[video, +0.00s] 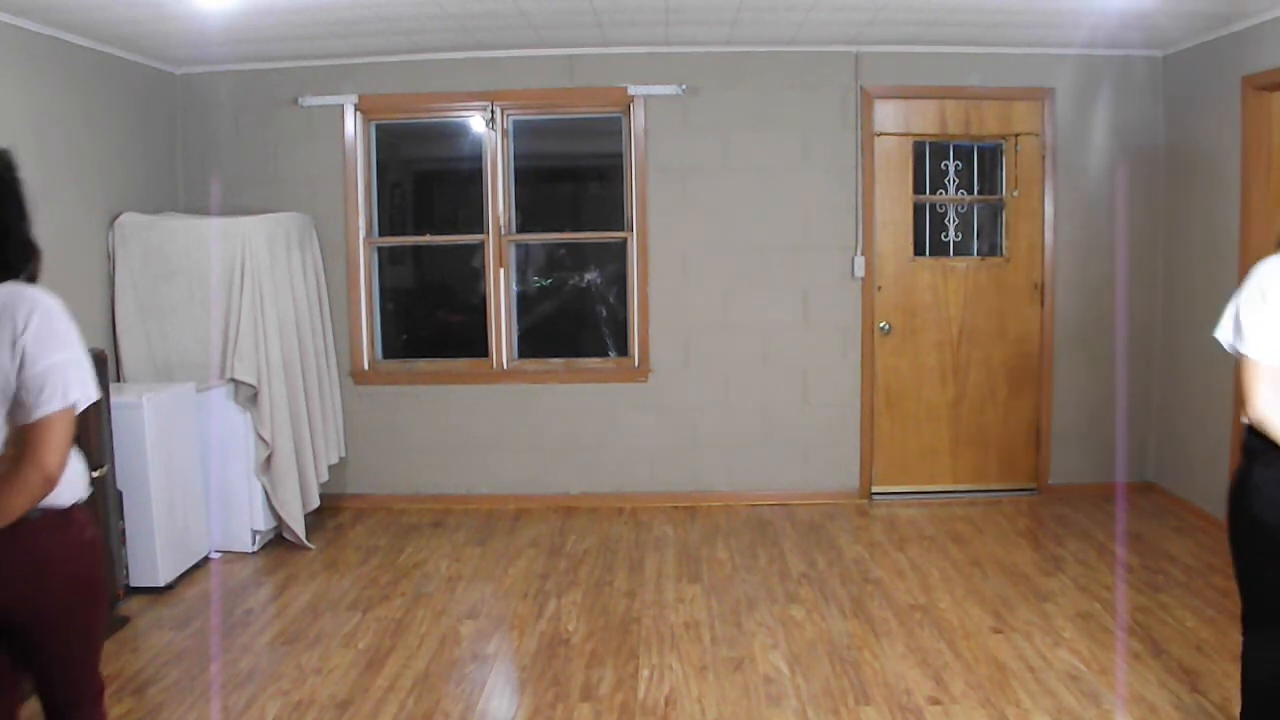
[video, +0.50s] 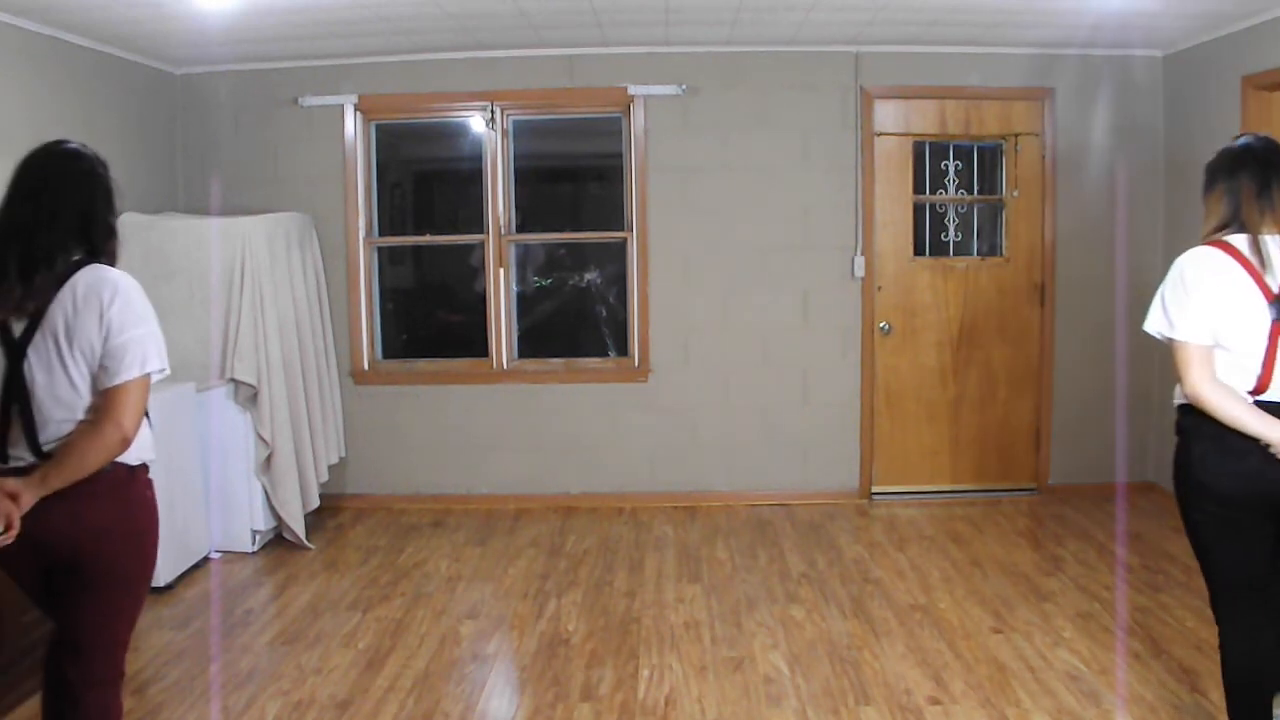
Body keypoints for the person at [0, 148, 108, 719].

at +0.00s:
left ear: (10, 221)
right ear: (18, 219)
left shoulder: (31, 313)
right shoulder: (31, 313)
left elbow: (41, 465)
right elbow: (41, 464)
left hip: (37, 538)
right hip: (45, 539)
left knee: (71, 699)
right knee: (76, 702)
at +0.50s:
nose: (114, 215)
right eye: (110, 204)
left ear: (17, 207)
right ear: (99, 214)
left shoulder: (7, 291)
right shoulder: (110, 291)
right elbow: (116, 422)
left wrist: (21, 487)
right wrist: (31, 485)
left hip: (14, 509)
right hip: (103, 508)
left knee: (76, 642)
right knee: (92, 682)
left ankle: (67, 706)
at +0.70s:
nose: (134, 224)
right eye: (131, 212)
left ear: (43, 213)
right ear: (122, 220)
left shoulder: (12, 295)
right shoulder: (134, 292)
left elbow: (3, 412)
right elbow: (136, 418)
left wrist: (11, 471)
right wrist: (54, 479)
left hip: (29, 504)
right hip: (122, 502)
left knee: (108, 626)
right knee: (103, 676)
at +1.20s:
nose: (203, 223)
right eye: (199, 214)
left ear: (129, 227)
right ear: (195, 224)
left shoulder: (110, 298)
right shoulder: (215, 288)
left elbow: (92, 381)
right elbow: (224, 393)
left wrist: (128, 436)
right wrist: (156, 440)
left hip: (143, 461)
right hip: (210, 460)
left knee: (201, 569)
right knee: (227, 588)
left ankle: (226, 680)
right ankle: (165, 692)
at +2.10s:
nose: (311, 229)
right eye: (310, 221)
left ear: (253, 224)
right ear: (305, 227)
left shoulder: (228, 287)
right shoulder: (319, 284)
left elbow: (211, 356)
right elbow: (324, 367)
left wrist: (237, 397)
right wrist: (267, 408)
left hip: (247, 428)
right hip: (312, 426)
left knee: (249, 544)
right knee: (331, 522)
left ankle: (229, 668)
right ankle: (355, 606)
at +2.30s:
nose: (358, 212)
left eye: (355, 202)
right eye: (353, 204)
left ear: (298, 212)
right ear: (339, 213)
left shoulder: (267, 272)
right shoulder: (355, 271)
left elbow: (254, 338)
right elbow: (354, 353)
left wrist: (273, 381)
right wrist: (298, 388)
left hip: (286, 408)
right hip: (345, 406)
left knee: (308, 504)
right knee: (351, 509)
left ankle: (265, 590)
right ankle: (358, 607)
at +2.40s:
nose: (370, 210)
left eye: (368, 200)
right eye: (365, 202)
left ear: (312, 208)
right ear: (346, 209)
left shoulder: (282, 267)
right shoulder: (361, 265)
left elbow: (270, 333)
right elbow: (357, 348)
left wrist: (286, 377)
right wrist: (308, 383)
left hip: (302, 401)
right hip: (353, 401)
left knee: (332, 489)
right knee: (355, 505)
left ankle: (289, 574)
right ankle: (359, 605)